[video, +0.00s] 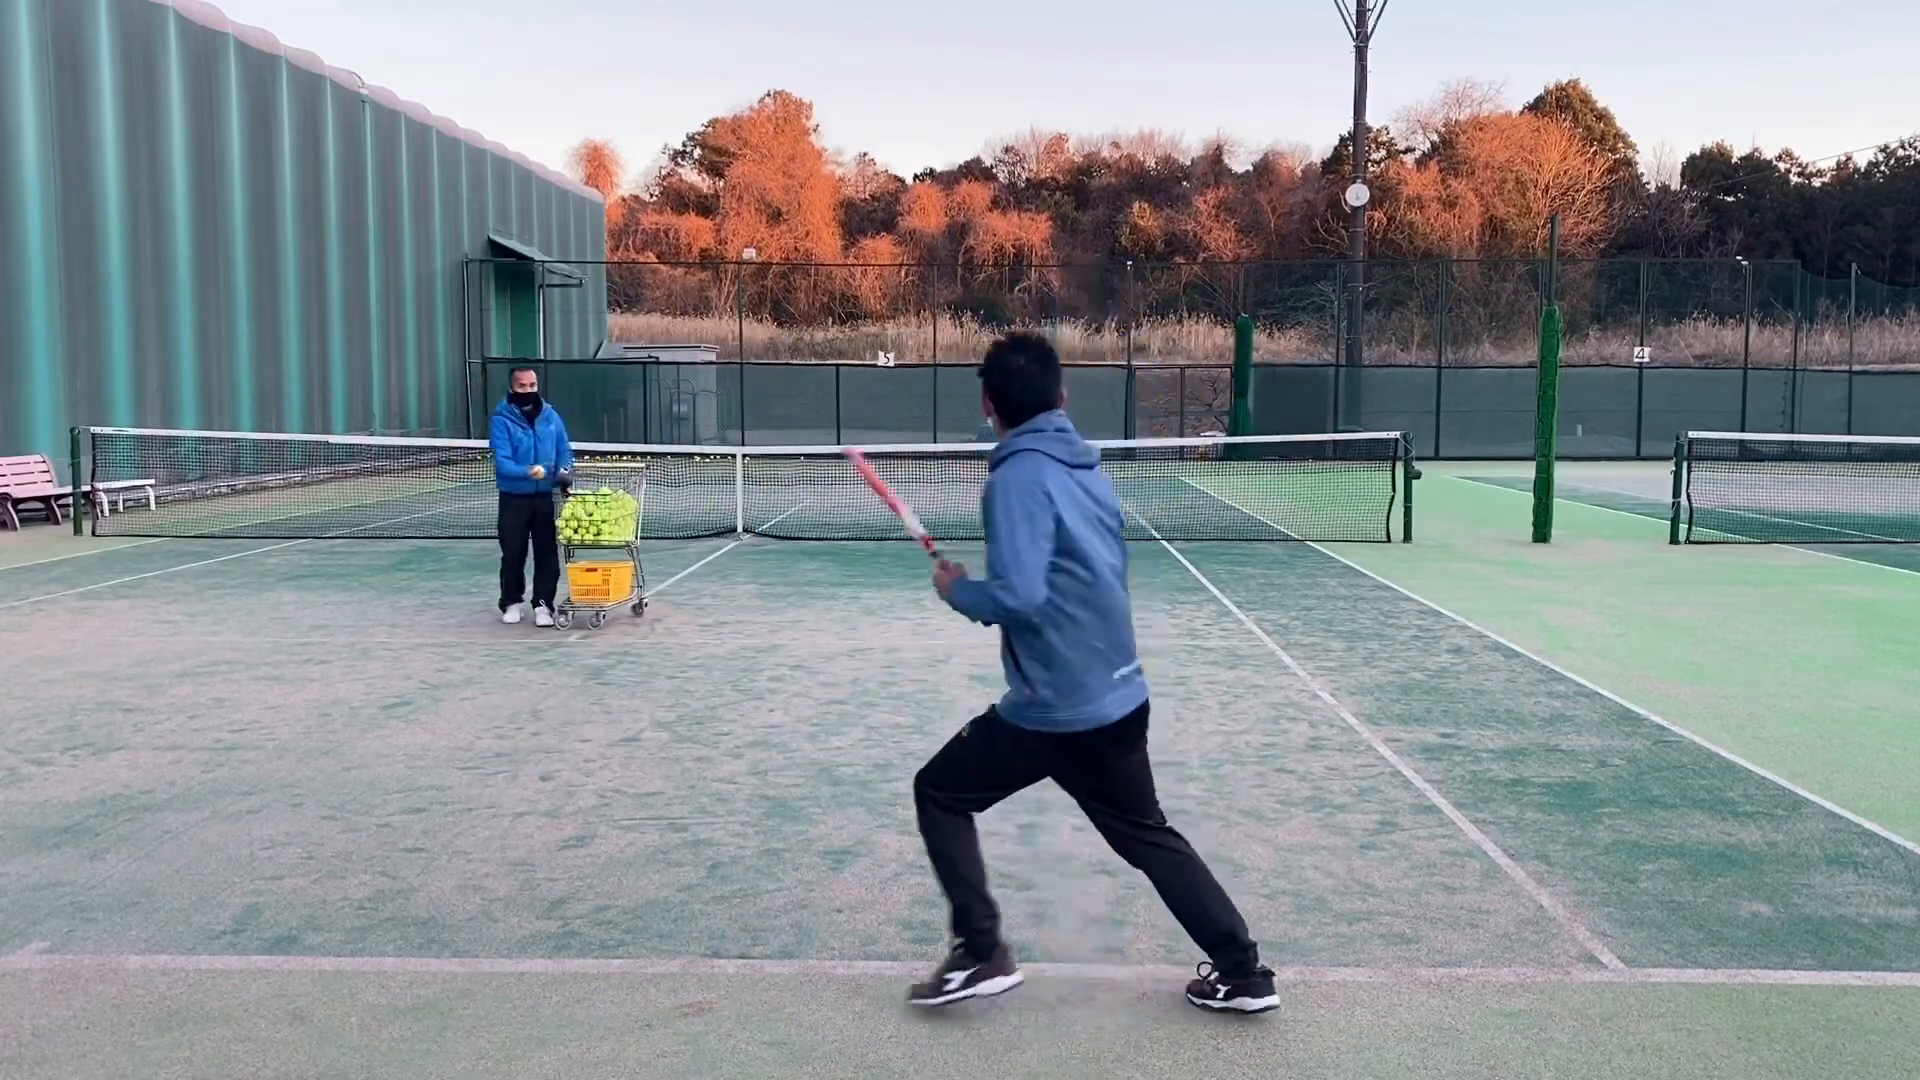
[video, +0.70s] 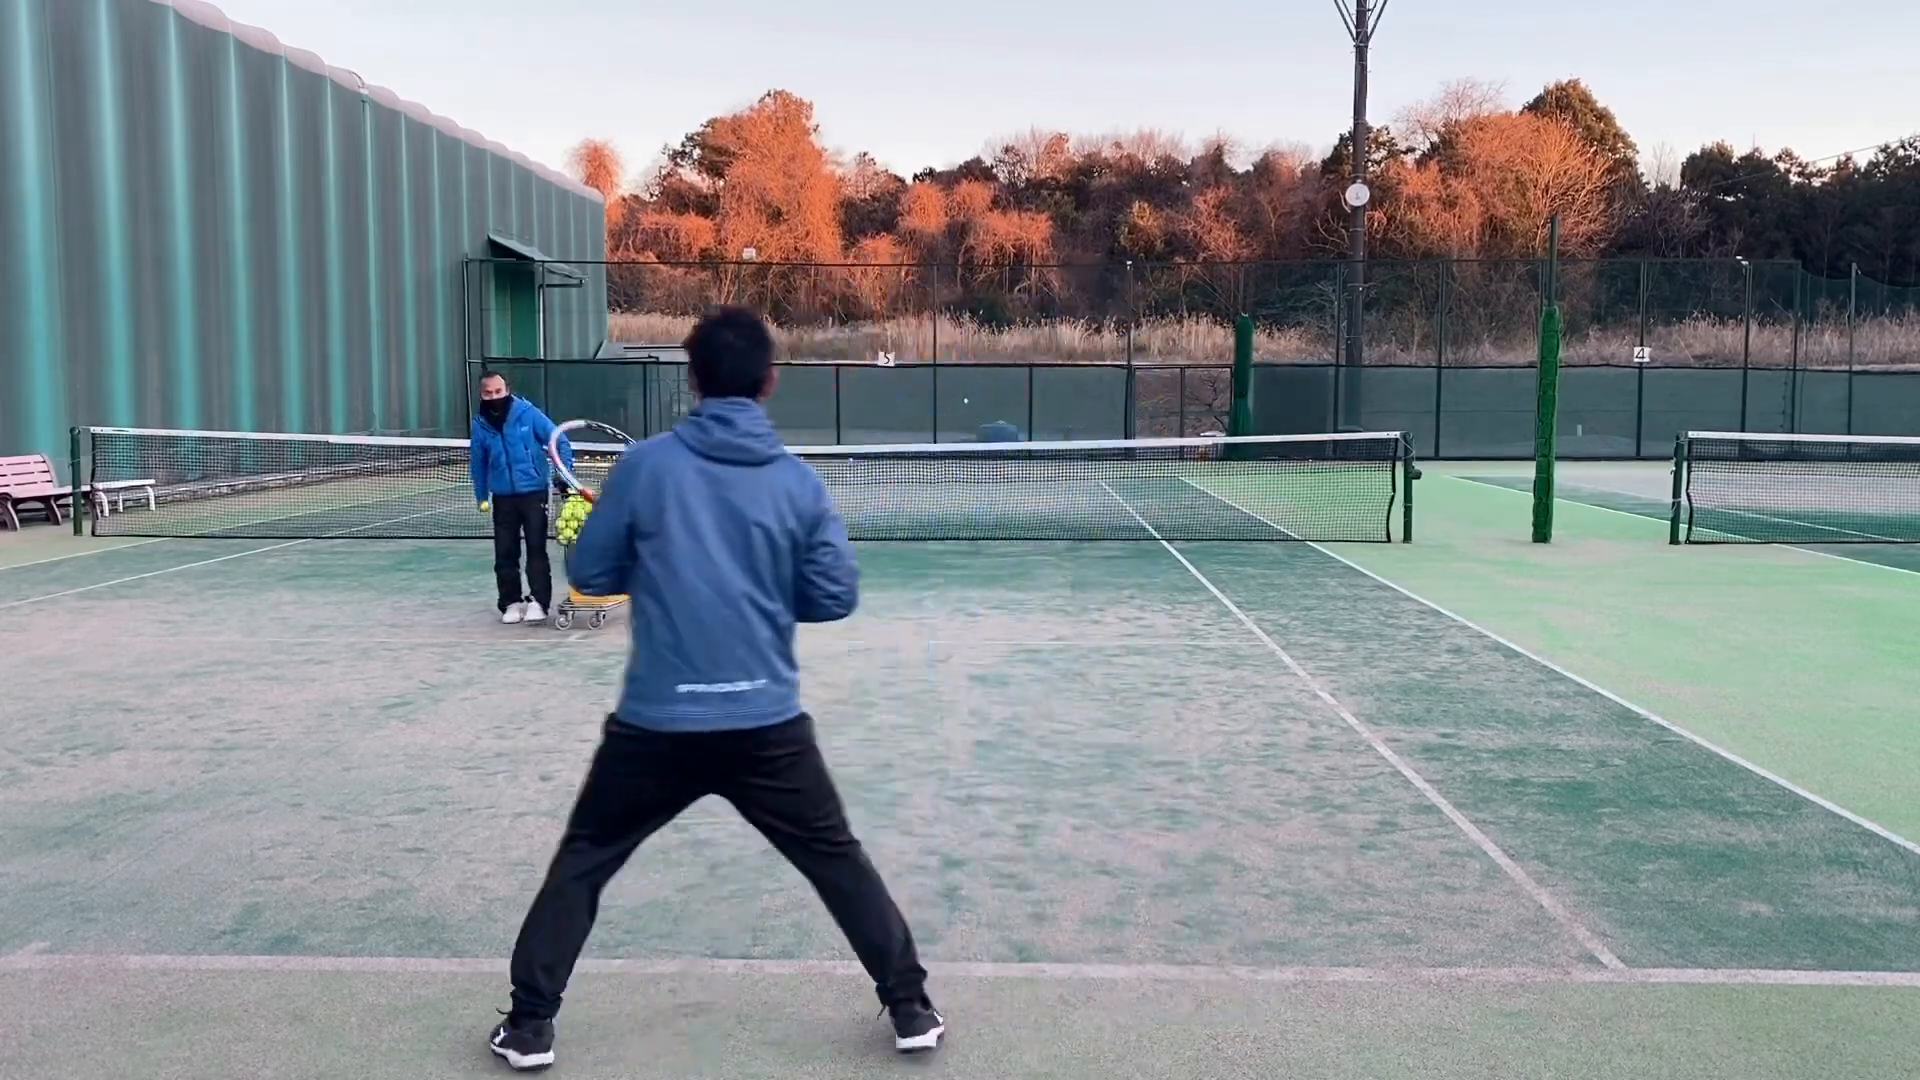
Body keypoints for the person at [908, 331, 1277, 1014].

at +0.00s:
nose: (981, 403)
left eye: (983, 393)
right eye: (983, 392)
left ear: (992, 402)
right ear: (1059, 395)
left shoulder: (1019, 477)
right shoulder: (1083, 465)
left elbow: (1019, 594)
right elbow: (1105, 567)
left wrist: (957, 589)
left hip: (1059, 706)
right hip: (1116, 697)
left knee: (940, 791)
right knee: (1146, 835)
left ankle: (979, 950)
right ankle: (1243, 970)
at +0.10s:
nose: (938, 388)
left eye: (938, 379)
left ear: (947, 389)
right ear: (1021, 383)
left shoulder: (957, 469)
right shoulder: (1053, 464)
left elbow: (938, 588)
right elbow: (1088, 570)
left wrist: (911, 571)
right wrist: (999, 559)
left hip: (992, 708)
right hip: (1070, 695)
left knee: (911, 826)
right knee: (1124, 826)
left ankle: (937, 991)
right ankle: (1231, 962)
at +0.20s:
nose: (897, 365)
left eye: (899, 356)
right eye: (899, 355)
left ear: (910, 363)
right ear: (978, 359)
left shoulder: (895, 442)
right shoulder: (1016, 443)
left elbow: (859, 554)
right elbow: (1054, 542)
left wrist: (868, 509)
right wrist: (979, 550)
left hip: (932, 689)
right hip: (1016, 679)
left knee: (898, 835)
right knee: (1057, 810)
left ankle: (938, 991)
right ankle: (1157, 952)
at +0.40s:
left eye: (832, 319)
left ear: (837, 324)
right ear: (909, 317)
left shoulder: (817, 406)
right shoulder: (958, 408)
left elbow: (769, 519)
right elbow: (992, 515)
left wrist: (823, 500)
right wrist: (922, 526)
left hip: (843, 649)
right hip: (930, 646)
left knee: (835, 810)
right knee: (921, 802)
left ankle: (850, 976)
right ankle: (930, 982)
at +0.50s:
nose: (795, 361)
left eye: (794, 351)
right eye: (802, 350)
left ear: (802, 356)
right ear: (872, 350)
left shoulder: (775, 445)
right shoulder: (921, 446)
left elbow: (723, 556)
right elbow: (955, 555)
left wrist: (781, 527)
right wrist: (878, 559)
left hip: (795, 692)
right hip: (892, 692)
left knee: (740, 825)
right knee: (898, 842)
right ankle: (920, 1012)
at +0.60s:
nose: (746, 378)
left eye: (748, 368)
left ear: (752, 376)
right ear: (829, 377)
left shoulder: (717, 468)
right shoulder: (867, 476)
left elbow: (661, 577)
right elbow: (901, 587)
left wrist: (733, 559)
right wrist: (827, 590)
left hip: (737, 720)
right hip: (841, 718)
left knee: (656, 840)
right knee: (883, 856)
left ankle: (573, 997)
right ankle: (919, 1015)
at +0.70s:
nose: (772, 380)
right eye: (773, 370)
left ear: (692, 376)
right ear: (768, 380)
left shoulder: (646, 465)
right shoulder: (797, 481)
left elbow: (589, 570)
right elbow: (834, 595)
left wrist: (663, 558)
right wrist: (757, 572)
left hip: (657, 725)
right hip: (766, 723)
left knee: (585, 858)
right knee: (834, 856)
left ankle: (529, 1024)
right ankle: (912, 1008)